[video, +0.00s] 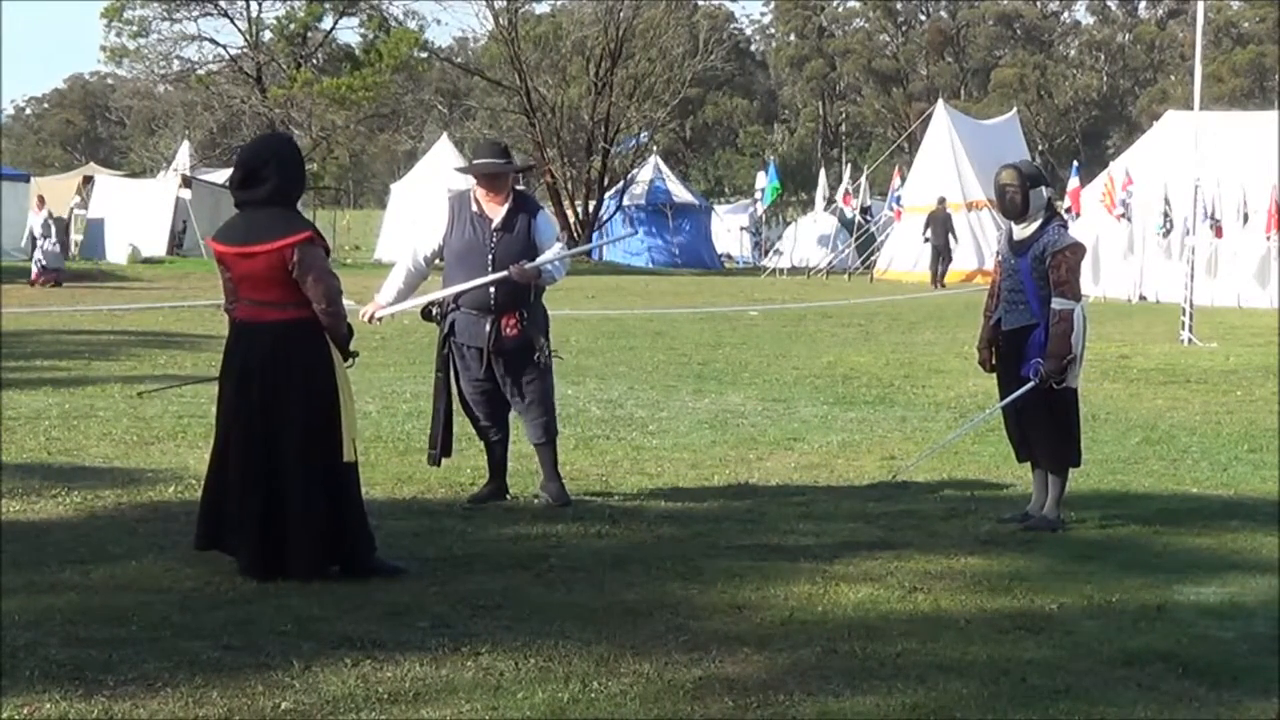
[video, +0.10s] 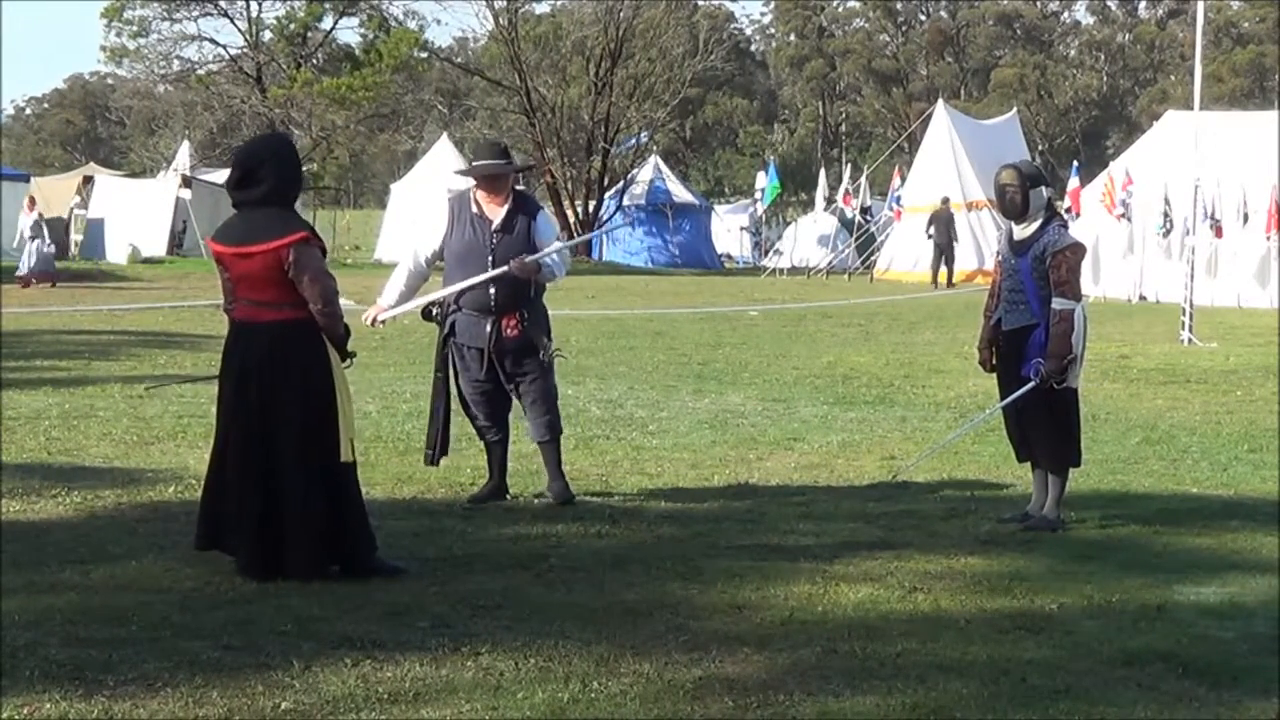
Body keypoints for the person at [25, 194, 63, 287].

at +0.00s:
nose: (38, 204)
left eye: (40, 202)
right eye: (37, 202)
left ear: (43, 203)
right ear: (34, 203)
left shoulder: (47, 212)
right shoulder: (32, 214)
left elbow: (53, 226)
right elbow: (28, 228)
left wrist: (54, 238)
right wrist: (24, 242)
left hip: (48, 239)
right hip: (37, 239)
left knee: (54, 257)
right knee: (36, 258)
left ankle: (57, 278)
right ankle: (34, 277)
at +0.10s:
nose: (28, 205)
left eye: (30, 203)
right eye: (27, 203)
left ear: (33, 204)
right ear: (24, 204)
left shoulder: (37, 214)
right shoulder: (23, 215)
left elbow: (44, 227)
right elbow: (19, 230)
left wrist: (47, 239)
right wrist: (16, 243)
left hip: (38, 239)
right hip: (29, 240)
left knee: (42, 259)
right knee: (28, 258)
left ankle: (53, 277)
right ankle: (26, 279)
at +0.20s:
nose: (21, 204)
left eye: (23, 202)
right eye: (19, 202)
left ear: (27, 203)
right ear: (18, 203)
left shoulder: (31, 213)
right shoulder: (16, 212)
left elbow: (37, 226)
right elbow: (14, 227)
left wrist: (40, 238)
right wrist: (13, 239)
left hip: (32, 238)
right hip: (23, 238)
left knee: (31, 257)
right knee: (22, 257)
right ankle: (21, 276)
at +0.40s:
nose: (6, 203)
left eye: (7, 201)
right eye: (5, 201)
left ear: (11, 201)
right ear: (4, 202)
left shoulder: (16, 211)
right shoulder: (5, 211)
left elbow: (19, 226)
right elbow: (7, 224)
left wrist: (13, 236)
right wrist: (6, 235)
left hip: (17, 237)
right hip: (8, 237)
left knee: (22, 257)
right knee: (5, 257)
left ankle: (25, 277)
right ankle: (3, 274)